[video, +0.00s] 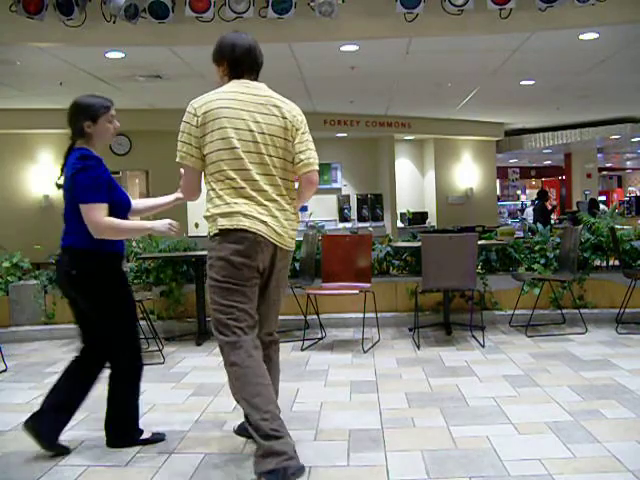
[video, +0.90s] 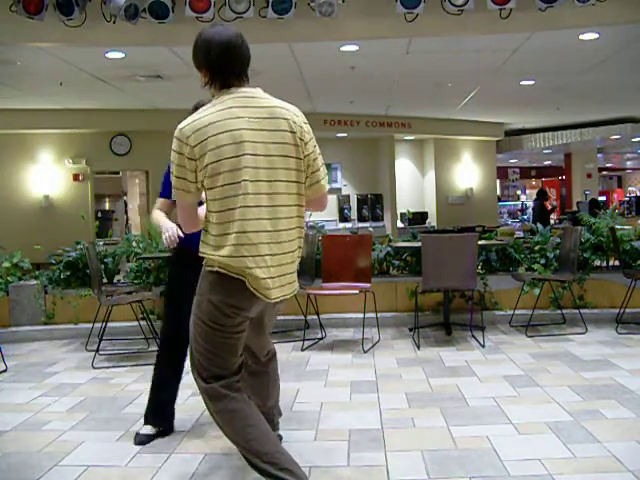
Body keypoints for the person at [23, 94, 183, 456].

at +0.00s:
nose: (117, 124)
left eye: (115, 118)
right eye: (110, 119)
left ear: (89, 127)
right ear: (90, 125)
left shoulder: (87, 162)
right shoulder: (87, 165)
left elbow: (127, 206)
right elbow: (99, 226)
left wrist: (177, 197)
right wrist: (153, 227)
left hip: (81, 265)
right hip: (97, 266)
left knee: (97, 348)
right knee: (127, 352)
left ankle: (45, 424)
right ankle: (123, 432)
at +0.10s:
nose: (127, 134)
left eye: (126, 128)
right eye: (120, 128)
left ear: (101, 134)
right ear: (98, 133)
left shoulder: (105, 171)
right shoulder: (95, 174)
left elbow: (138, 215)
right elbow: (110, 231)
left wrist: (185, 203)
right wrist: (165, 229)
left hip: (112, 270)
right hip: (104, 272)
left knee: (134, 348)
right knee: (137, 350)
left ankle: (77, 415)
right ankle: (126, 434)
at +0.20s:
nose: (136, 132)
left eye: (136, 125)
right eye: (130, 126)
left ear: (116, 132)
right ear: (108, 131)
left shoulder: (118, 168)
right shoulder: (103, 170)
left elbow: (141, 218)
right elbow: (116, 228)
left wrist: (184, 214)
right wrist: (175, 226)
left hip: (127, 268)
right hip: (113, 270)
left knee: (157, 339)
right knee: (145, 345)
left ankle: (128, 425)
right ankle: (124, 432)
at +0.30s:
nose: (147, 126)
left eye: (146, 120)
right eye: (139, 120)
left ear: (136, 126)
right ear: (117, 126)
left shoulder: (133, 162)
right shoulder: (114, 164)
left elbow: (146, 213)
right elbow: (122, 219)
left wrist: (187, 215)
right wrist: (181, 217)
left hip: (140, 263)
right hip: (121, 266)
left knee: (169, 332)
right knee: (139, 344)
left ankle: (176, 409)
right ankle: (124, 432)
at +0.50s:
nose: (167, 126)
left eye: (169, 120)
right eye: (159, 121)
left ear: (170, 127)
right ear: (140, 128)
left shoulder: (172, 166)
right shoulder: (130, 163)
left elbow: (180, 210)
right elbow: (132, 219)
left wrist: (205, 216)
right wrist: (182, 218)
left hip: (171, 263)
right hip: (139, 264)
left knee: (196, 336)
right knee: (140, 349)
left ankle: (217, 403)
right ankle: (124, 431)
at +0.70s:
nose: (189, 127)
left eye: (193, 121)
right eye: (182, 121)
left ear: (200, 124)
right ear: (168, 126)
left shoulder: (204, 161)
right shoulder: (153, 162)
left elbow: (215, 208)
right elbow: (137, 217)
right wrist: (171, 223)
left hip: (202, 255)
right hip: (164, 256)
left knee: (216, 333)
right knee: (161, 338)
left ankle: (223, 404)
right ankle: (135, 421)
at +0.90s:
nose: (207, 138)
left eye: (213, 132)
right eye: (199, 131)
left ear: (226, 134)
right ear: (190, 134)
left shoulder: (237, 167)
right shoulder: (181, 168)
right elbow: (158, 212)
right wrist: (165, 224)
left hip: (229, 258)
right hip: (189, 257)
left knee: (234, 340)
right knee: (173, 337)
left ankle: (248, 417)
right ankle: (160, 420)